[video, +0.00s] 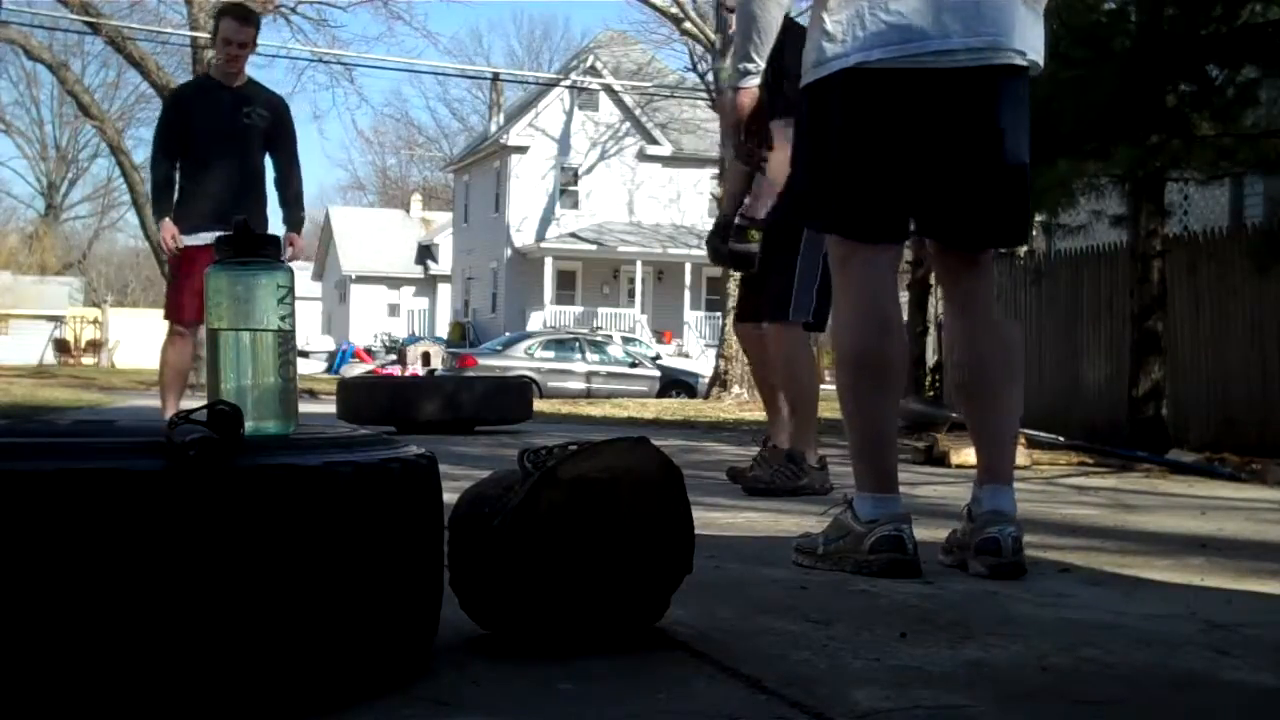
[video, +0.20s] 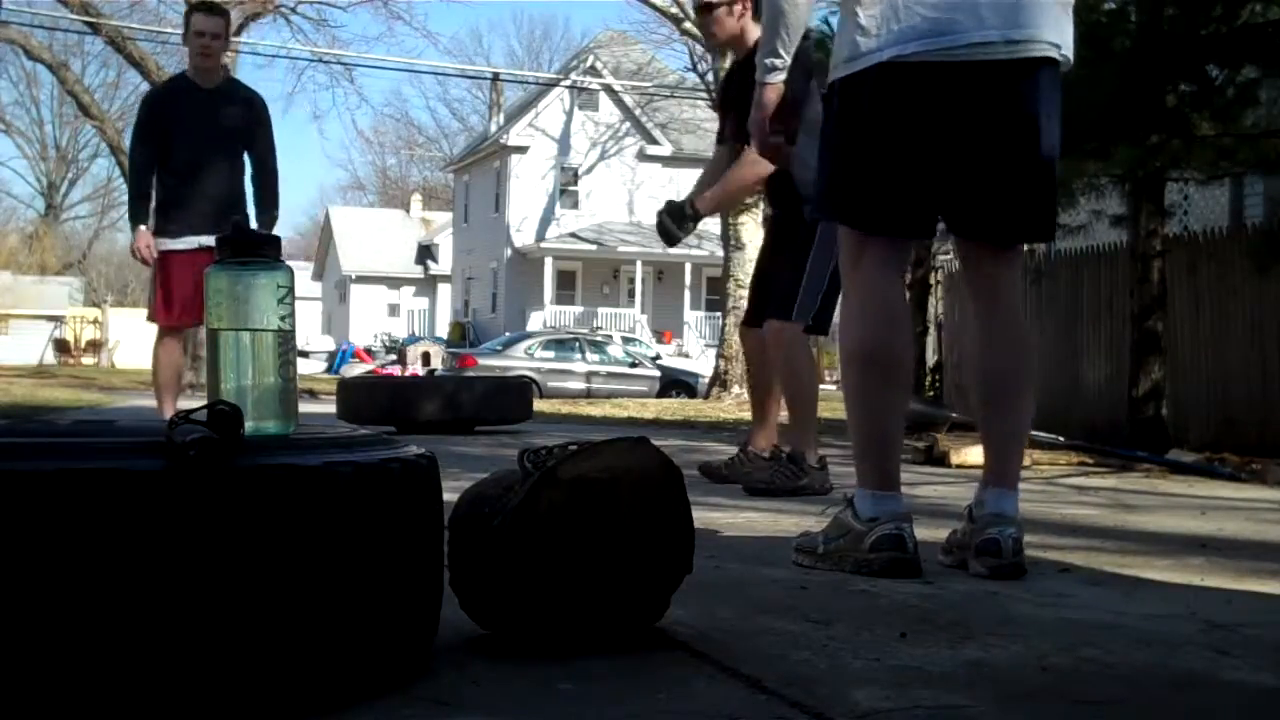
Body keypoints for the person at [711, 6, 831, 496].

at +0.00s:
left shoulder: (798, 35)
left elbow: (785, 148)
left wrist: (750, 215)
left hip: (807, 201)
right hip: (786, 202)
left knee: (788, 325)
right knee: (753, 322)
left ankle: (805, 459)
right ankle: (785, 446)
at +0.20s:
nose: (700, 26)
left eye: (707, 14)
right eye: (699, 16)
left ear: (742, 9)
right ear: (731, 12)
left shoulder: (785, 63)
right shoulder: (736, 77)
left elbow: (764, 162)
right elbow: (725, 155)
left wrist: (695, 209)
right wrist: (690, 206)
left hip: (820, 207)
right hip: (786, 211)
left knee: (785, 327)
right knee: (754, 327)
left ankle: (806, 460)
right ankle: (763, 448)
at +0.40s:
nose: (675, 99)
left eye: (678, 87)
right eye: (669, 91)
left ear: (710, 68)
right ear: (703, 72)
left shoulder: (765, 102)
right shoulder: (715, 128)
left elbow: (735, 191)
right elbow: (697, 203)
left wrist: (662, 192)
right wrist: (654, 199)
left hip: (836, 231)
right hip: (797, 236)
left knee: (781, 328)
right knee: (739, 334)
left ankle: (806, 460)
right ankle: (760, 450)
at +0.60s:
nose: (664, 177)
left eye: (665, 164)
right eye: (657, 170)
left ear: (691, 140)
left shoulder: (750, 156)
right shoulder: (702, 188)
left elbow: (709, 232)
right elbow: (656, 250)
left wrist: (643, 212)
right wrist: (628, 221)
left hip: (844, 260)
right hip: (801, 267)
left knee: (772, 332)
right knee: (728, 337)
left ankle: (807, 462)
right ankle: (759, 452)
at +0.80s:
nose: (662, 238)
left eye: (658, 226)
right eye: (654, 231)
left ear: (676, 199)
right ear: (678, 197)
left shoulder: (741, 202)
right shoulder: (701, 221)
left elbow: (712, 281)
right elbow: (659, 296)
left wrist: (648, 256)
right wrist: (627, 269)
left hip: (842, 284)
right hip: (799, 289)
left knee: (765, 336)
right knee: (720, 339)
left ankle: (807, 460)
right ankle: (758, 451)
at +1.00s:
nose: (662, 267)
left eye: (659, 256)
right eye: (655, 261)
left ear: (676, 228)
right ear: (678, 227)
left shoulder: (738, 224)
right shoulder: (697, 249)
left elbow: (719, 308)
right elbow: (665, 320)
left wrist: (657, 287)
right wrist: (637, 297)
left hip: (843, 303)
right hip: (798, 309)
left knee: (761, 335)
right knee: (717, 342)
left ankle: (806, 461)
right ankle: (758, 452)